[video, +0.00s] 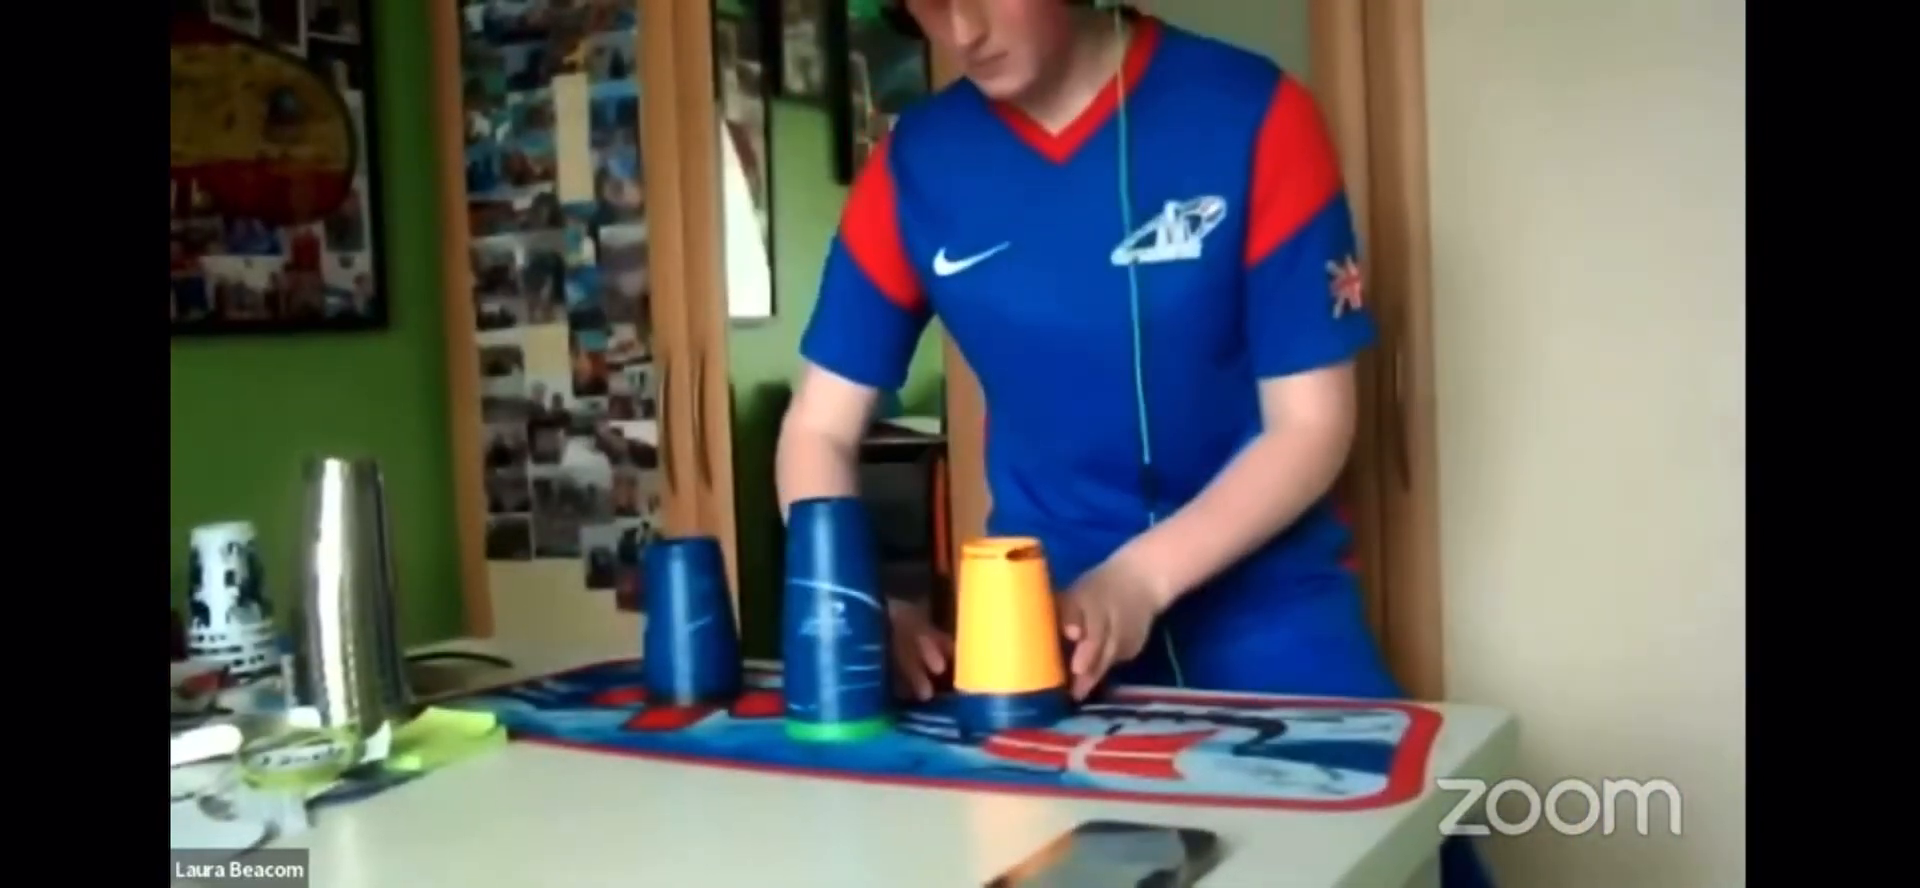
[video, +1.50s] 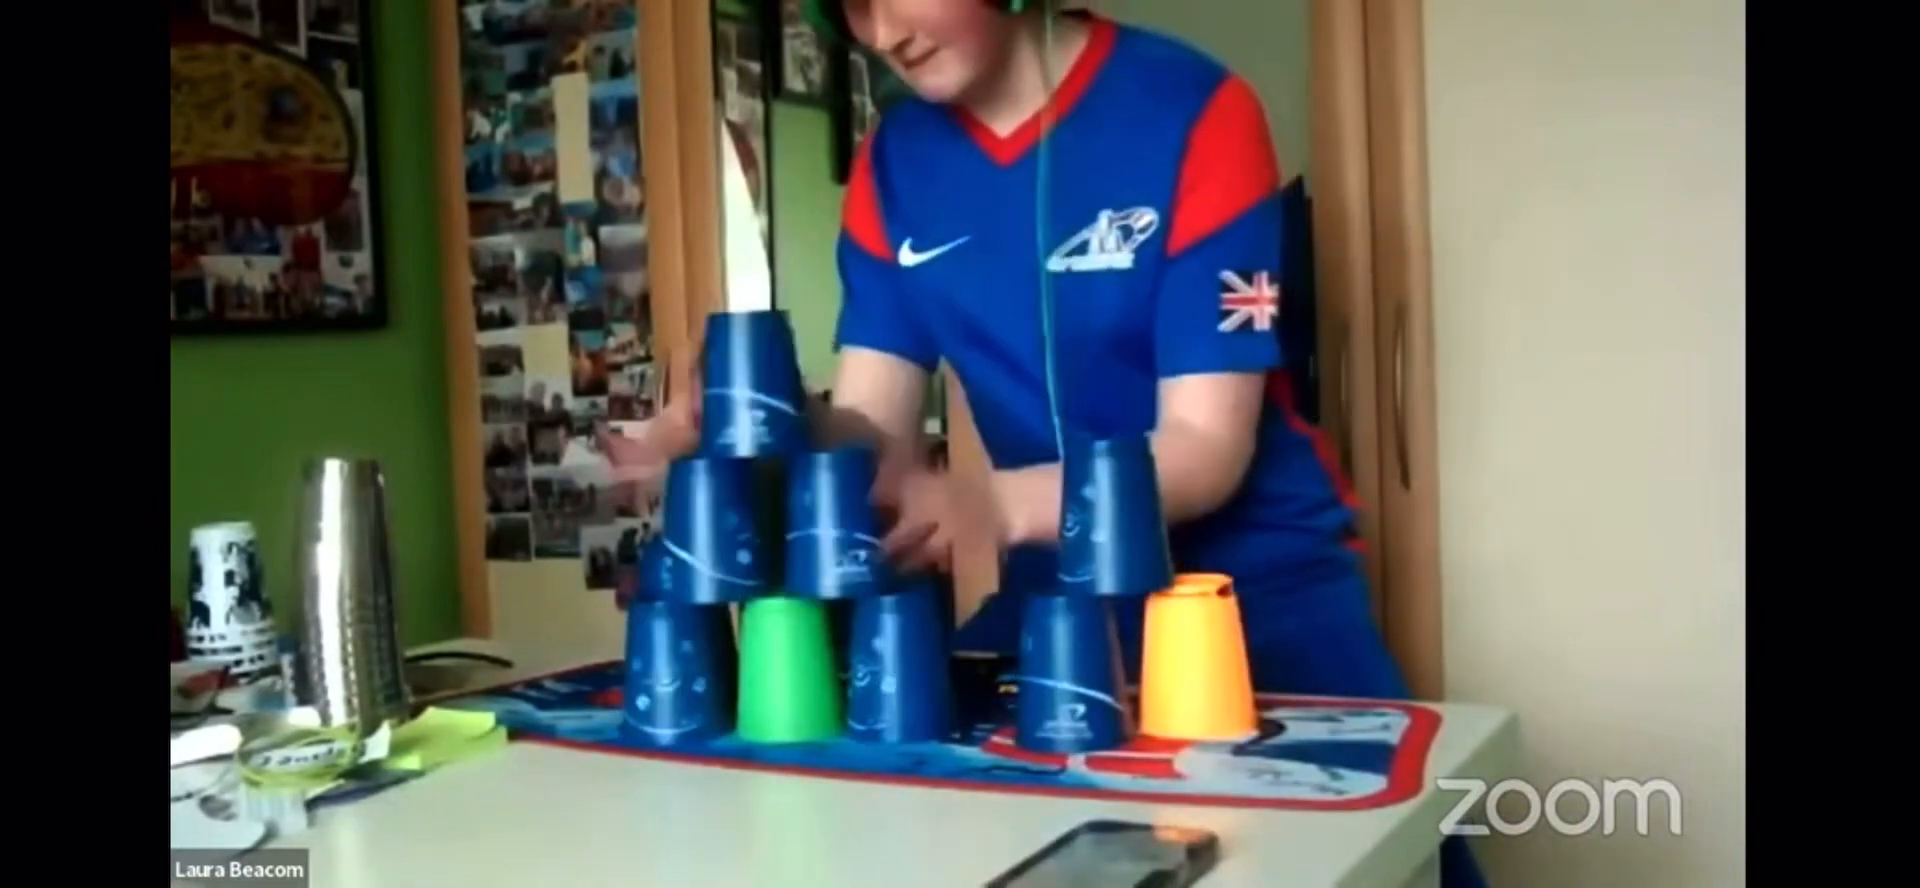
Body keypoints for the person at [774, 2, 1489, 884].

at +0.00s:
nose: (961, 31)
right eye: (930, 5)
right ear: (910, 12)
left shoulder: (1250, 117)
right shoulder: (918, 166)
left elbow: (1314, 426)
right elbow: (818, 431)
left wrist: (1138, 580)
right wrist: (859, 606)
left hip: (1266, 626)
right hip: (1045, 649)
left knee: (1378, 857)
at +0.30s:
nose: (969, 14)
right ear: (927, 7)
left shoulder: (1252, 101)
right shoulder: (918, 151)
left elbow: (1304, 413)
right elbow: (819, 423)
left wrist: (1137, 578)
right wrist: (855, 605)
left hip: (1262, 599)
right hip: (1043, 621)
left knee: (1375, 852)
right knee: (1057, 862)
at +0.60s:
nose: (984, 10)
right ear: (935, 3)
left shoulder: (1258, 109)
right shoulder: (924, 147)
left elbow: (1289, 433)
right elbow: (887, 426)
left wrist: (1128, 555)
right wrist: (896, 527)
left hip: (1265, 612)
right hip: (1045, 625)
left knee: (1373, 862)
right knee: (1071, 867)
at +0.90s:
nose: (1018, 1)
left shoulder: (1286, 101)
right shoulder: (941, 143)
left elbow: (1322, 418)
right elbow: (916, 446)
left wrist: (1251, 552)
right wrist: (965, 461)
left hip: (1270, 582)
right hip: (1048, 596)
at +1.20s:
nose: (918, 10)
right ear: (884, 8)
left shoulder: (1224, 119)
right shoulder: (912, 158)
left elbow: (1206, 465)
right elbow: (910, 450)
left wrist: (976, 558)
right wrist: (830, 539)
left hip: (1271, 624)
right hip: (1054, 635)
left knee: (1377, 861)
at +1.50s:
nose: (884, 30)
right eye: (856, 5)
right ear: (844, 20)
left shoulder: (1193, 113)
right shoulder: (897, 163)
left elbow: (1206, 451)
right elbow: (868, 425)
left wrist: (987, 505)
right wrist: (735, 432)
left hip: (1261, 614)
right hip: (1049, 627)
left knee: (1367, 863)